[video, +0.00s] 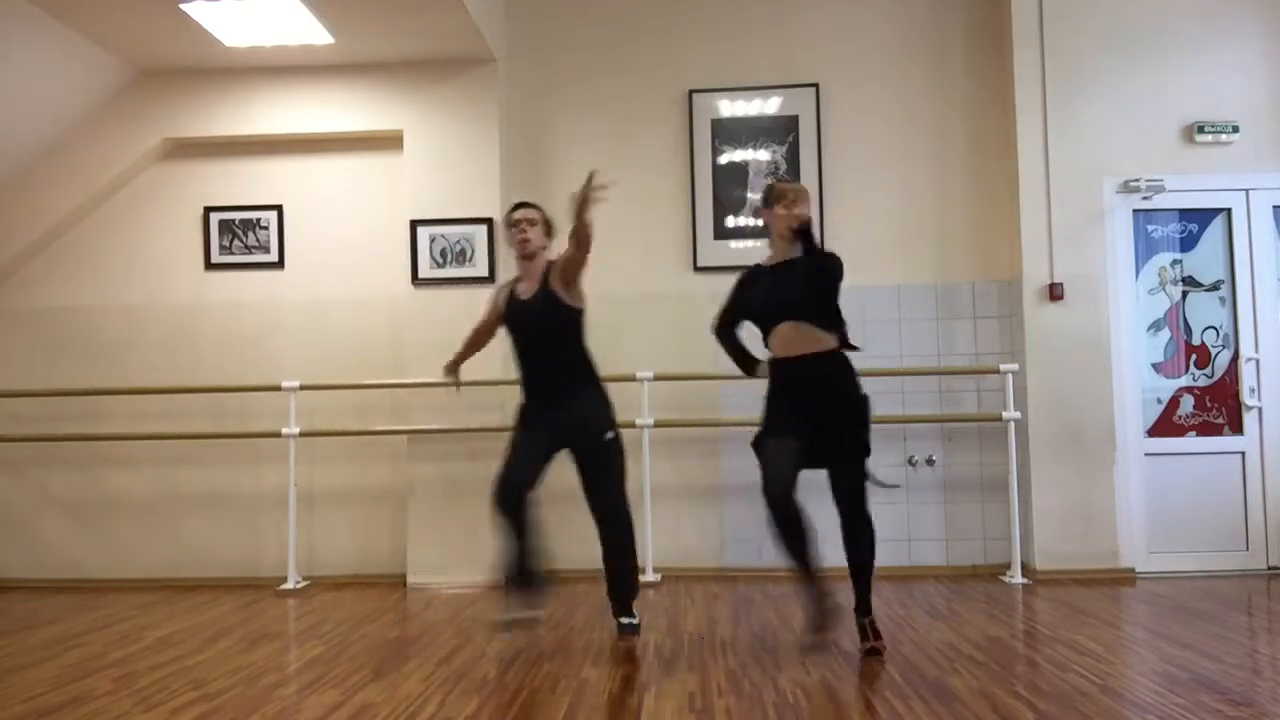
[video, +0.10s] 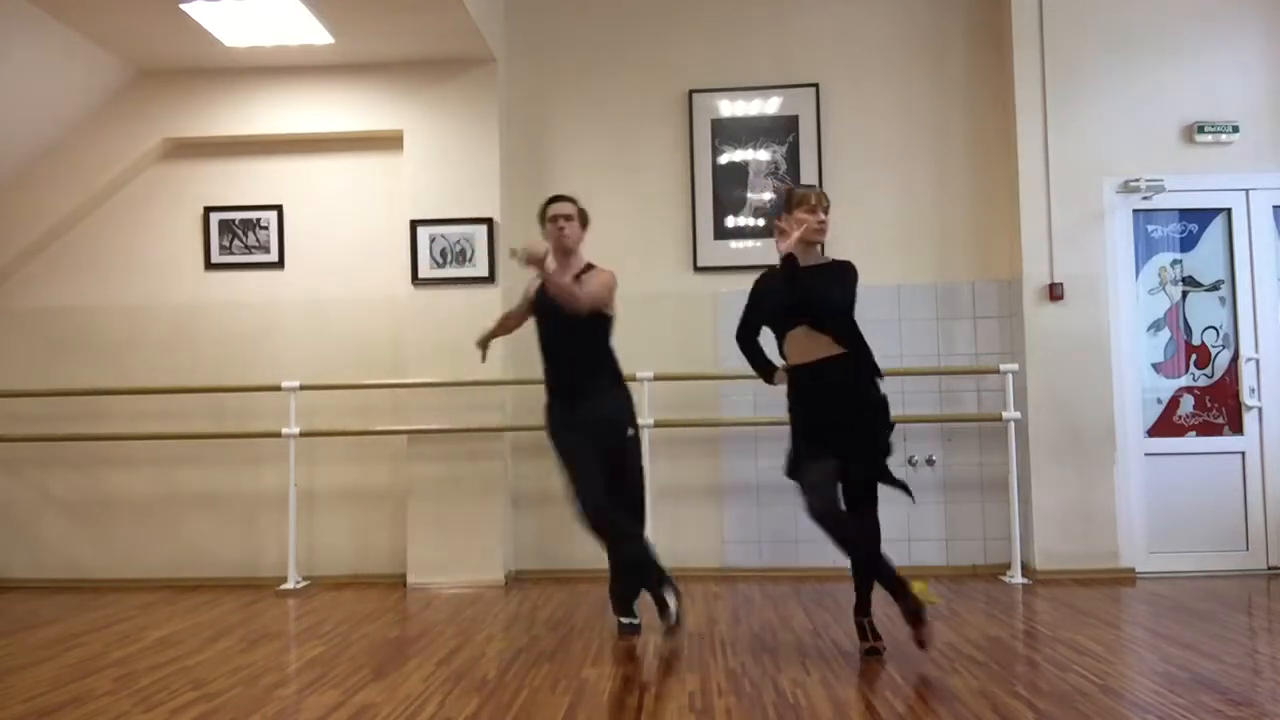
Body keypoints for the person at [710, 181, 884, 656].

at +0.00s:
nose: (795, 211)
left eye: (801, 204)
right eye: (785, 203)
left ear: (809, 216)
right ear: (766, 216)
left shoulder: (825, 265)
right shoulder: (754, 278)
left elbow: (826, 279)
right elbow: (723, 327)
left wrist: (806, 232)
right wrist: (751, 365)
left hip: (836, 388)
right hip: (787, 391)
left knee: (851, 502)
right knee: (777, 492)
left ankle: (864, 612)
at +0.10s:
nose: (817, 218)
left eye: (822, 211)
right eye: (807, 210)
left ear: (828, 222)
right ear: (783, 223)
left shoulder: (841, 270)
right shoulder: (770, 282)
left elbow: (829, 316)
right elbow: (745, 336)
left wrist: (790, 257)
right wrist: (772, 373)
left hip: (856, 393)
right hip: (809, 400)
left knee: (862, 507)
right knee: (822, 507)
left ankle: (863, 614)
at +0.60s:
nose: (849, 218)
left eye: (853, 212)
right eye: (838, 211)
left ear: (857, 222)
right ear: (816, 219)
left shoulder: (868, 264)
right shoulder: (798, 278)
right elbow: (774, 334)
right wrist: (796, 370)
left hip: (884, 388)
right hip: (834, 395)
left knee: (879, 505)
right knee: (858, 496)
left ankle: (865, 615)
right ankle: (940, 543)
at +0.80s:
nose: (858, 223)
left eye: (865, 216)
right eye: (849, 216)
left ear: (873, 224)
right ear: (831, 223)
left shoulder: (885, 278)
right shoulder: (815, 281)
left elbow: (879, 339)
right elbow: (791, 328)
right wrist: (798, 364)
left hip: (881, 397)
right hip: (831, 400)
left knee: (879, 509)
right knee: (849, 505)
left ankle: (866, 614)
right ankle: (930, 512)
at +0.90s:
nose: (847, 222)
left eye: (856, 213)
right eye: (840, 215)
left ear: (875, 218)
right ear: (834, 223)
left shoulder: (898, 277)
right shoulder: (822, 276)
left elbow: (926, 341)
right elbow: (791, 322)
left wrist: (959, 346)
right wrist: (792, 353)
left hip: (874, 387)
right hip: (825, 386)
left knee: (869, 499)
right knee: (839, 488)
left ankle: (868, 613)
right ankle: (871, 586)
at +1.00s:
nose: (840, 221)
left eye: (850, 212)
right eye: (836, 214)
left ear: (876, 216)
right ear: (834, 220)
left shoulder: (902, 273)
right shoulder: (823, 274)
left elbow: (953, 322)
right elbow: (784, 312)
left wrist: (1012, 319)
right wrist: (776, 332)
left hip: (877, 392)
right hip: (826, 389)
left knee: (868, 506)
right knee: (805, 482)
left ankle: (868, 614)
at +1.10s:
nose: (835, 221)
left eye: (844, 212)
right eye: (833, 213)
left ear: (874, 215)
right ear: (836, 220)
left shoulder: (907, 265)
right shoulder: (824, 273)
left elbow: (970, 289)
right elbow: (774, 307)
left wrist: (1020, 260)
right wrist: (744, 297)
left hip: (883, 394)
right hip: (828, 389)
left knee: (872, 510)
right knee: (766, 428)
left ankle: (867, 615)